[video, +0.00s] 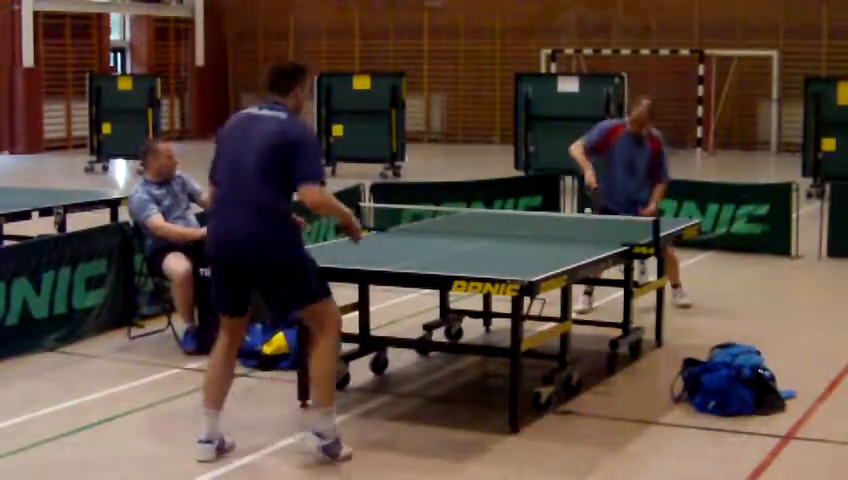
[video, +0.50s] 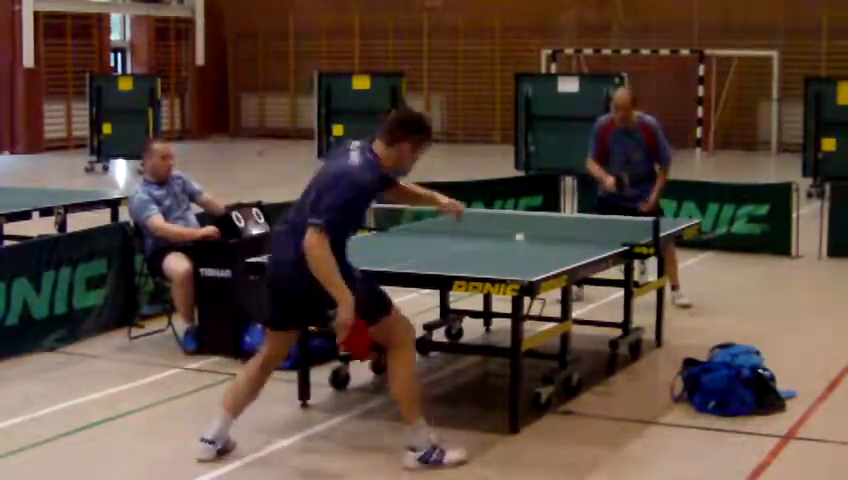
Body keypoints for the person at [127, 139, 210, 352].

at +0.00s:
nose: (174, 162)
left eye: (173, 157)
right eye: (168, 158)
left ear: (174, 160)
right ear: (150, 163)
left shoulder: (179, 181)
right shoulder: (140, 196)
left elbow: (206, 202)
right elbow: (159, 228)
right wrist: (201, 233)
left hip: (194, 236)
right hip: (164, 243)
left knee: (227, 256)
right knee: (182, 269)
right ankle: (189, 326)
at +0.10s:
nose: (174, 161)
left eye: (173, 156)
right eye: (167, 157)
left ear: (173, 159)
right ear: (150, 163)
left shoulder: (179, 181)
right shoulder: (140, 196)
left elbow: (207, 201)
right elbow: (160, 228)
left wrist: (231, 211)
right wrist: (202, 232)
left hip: (194, 236)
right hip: (164, 244)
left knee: (229, 255)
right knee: (182, 269)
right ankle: (190, 326)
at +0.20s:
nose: (174, 162)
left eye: (174, 157)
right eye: (168, 158)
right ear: (151, 163)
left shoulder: (179, 181)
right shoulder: (140, 195)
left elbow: (207, 202)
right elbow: (160, 228)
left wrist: (231, 209)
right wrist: (199, 232)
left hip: (194, 236)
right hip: (164, 244)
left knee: (232, 254)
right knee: (182, 269)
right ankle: (189, 326)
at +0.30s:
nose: (172, 163)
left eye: (172, 158)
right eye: (166, 159)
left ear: (174, 160)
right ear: (148, 163)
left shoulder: (179, 181)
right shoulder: (141, 196)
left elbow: (205, 201)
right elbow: (160, 228)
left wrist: (226, 211)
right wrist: (198, 233)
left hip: (194, 236)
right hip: (164, 244)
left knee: (228, 255)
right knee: (182, 269)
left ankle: (227, 318)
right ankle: (190, 326)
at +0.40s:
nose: (171, 163)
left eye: (172, 158)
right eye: (165, 159)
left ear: (174, 160)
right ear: (147, 163)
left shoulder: (179, 181)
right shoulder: (141, 196)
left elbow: (207, 202)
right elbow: (160, 228)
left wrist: (232, 214)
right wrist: (199, 233)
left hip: (194, 236)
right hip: (164, 245)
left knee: (230, 254)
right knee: (183, 270)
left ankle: (235, 321)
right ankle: (190, 326)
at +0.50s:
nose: (171, 163)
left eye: (172, 158)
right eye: (165, 158)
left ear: (174, 159)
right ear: (147, 162)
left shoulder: (178, 181)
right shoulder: (140, 196)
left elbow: (207, 202)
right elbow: (160, 228)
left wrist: (233, 213)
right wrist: (199, 233)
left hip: (194, 237)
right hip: (163, 245)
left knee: (231, 254)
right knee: (183, 270)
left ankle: (236, 320)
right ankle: (190, 327)